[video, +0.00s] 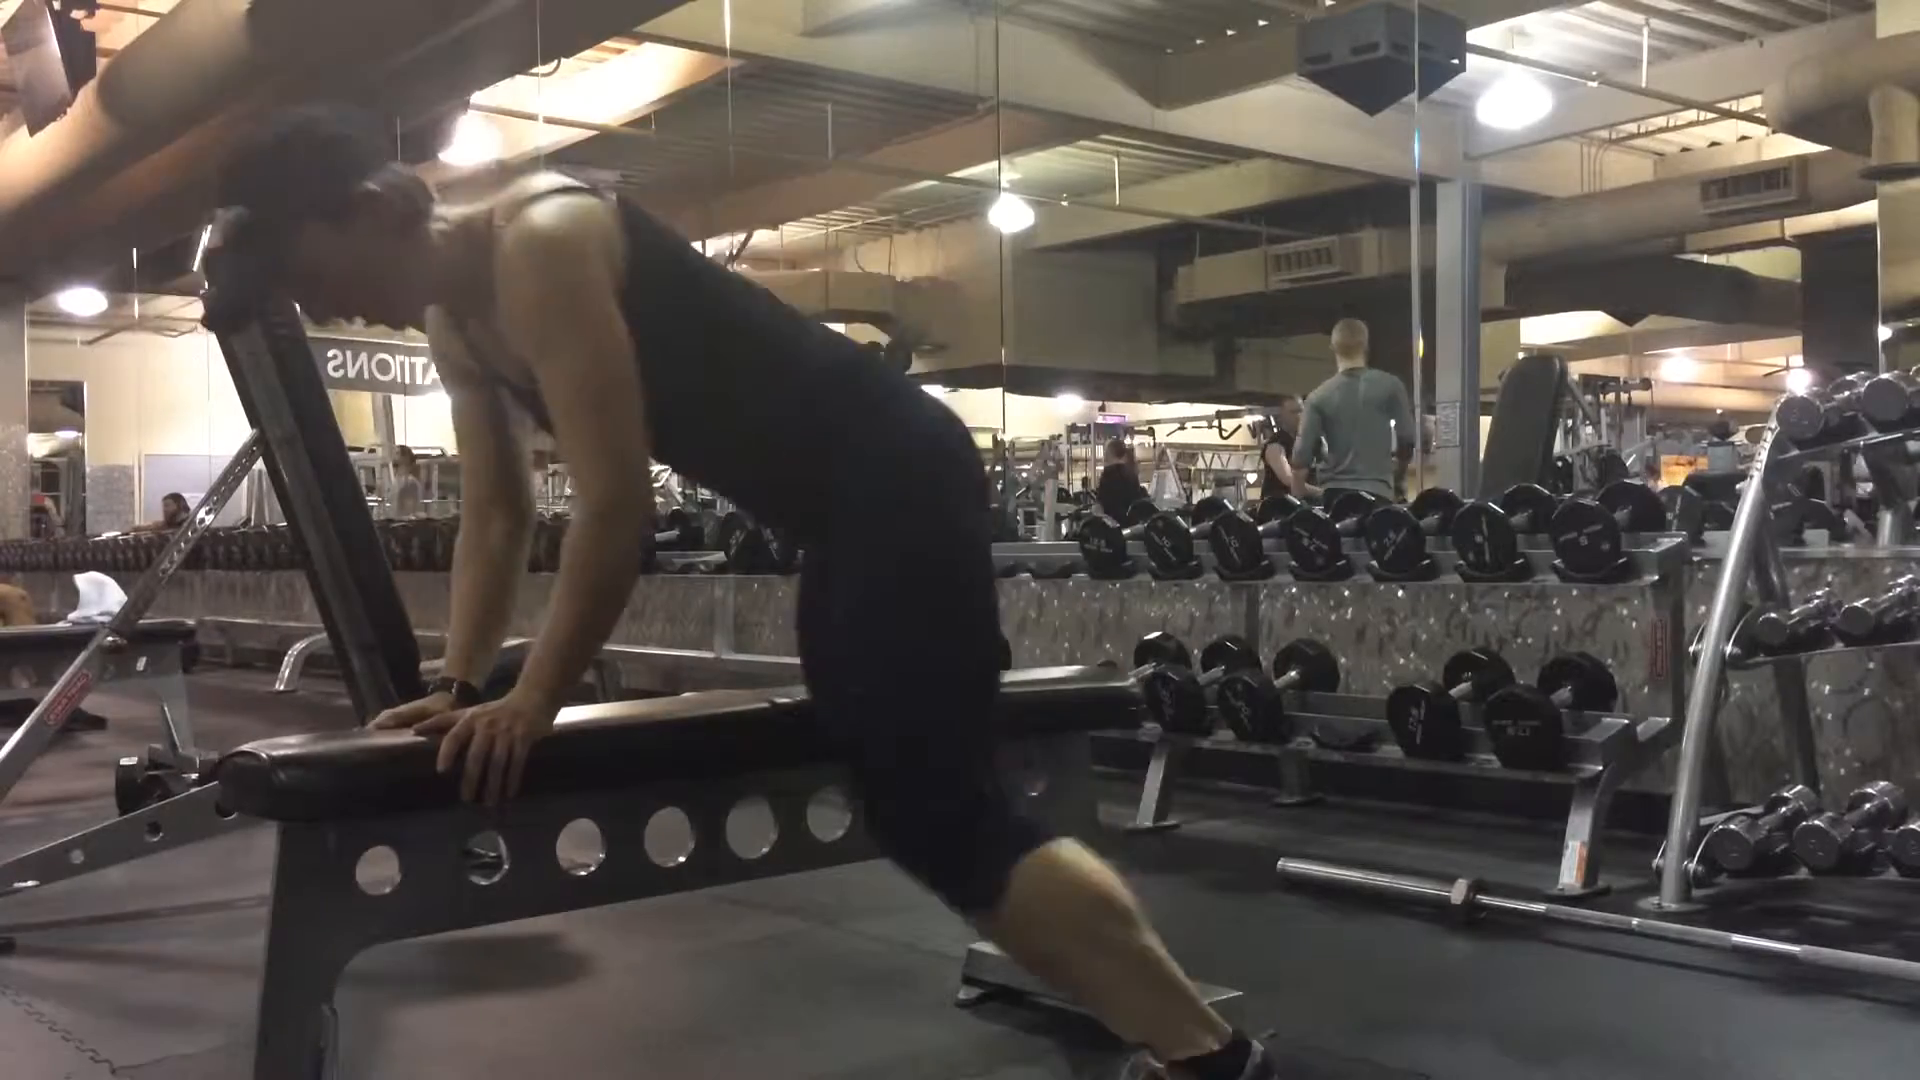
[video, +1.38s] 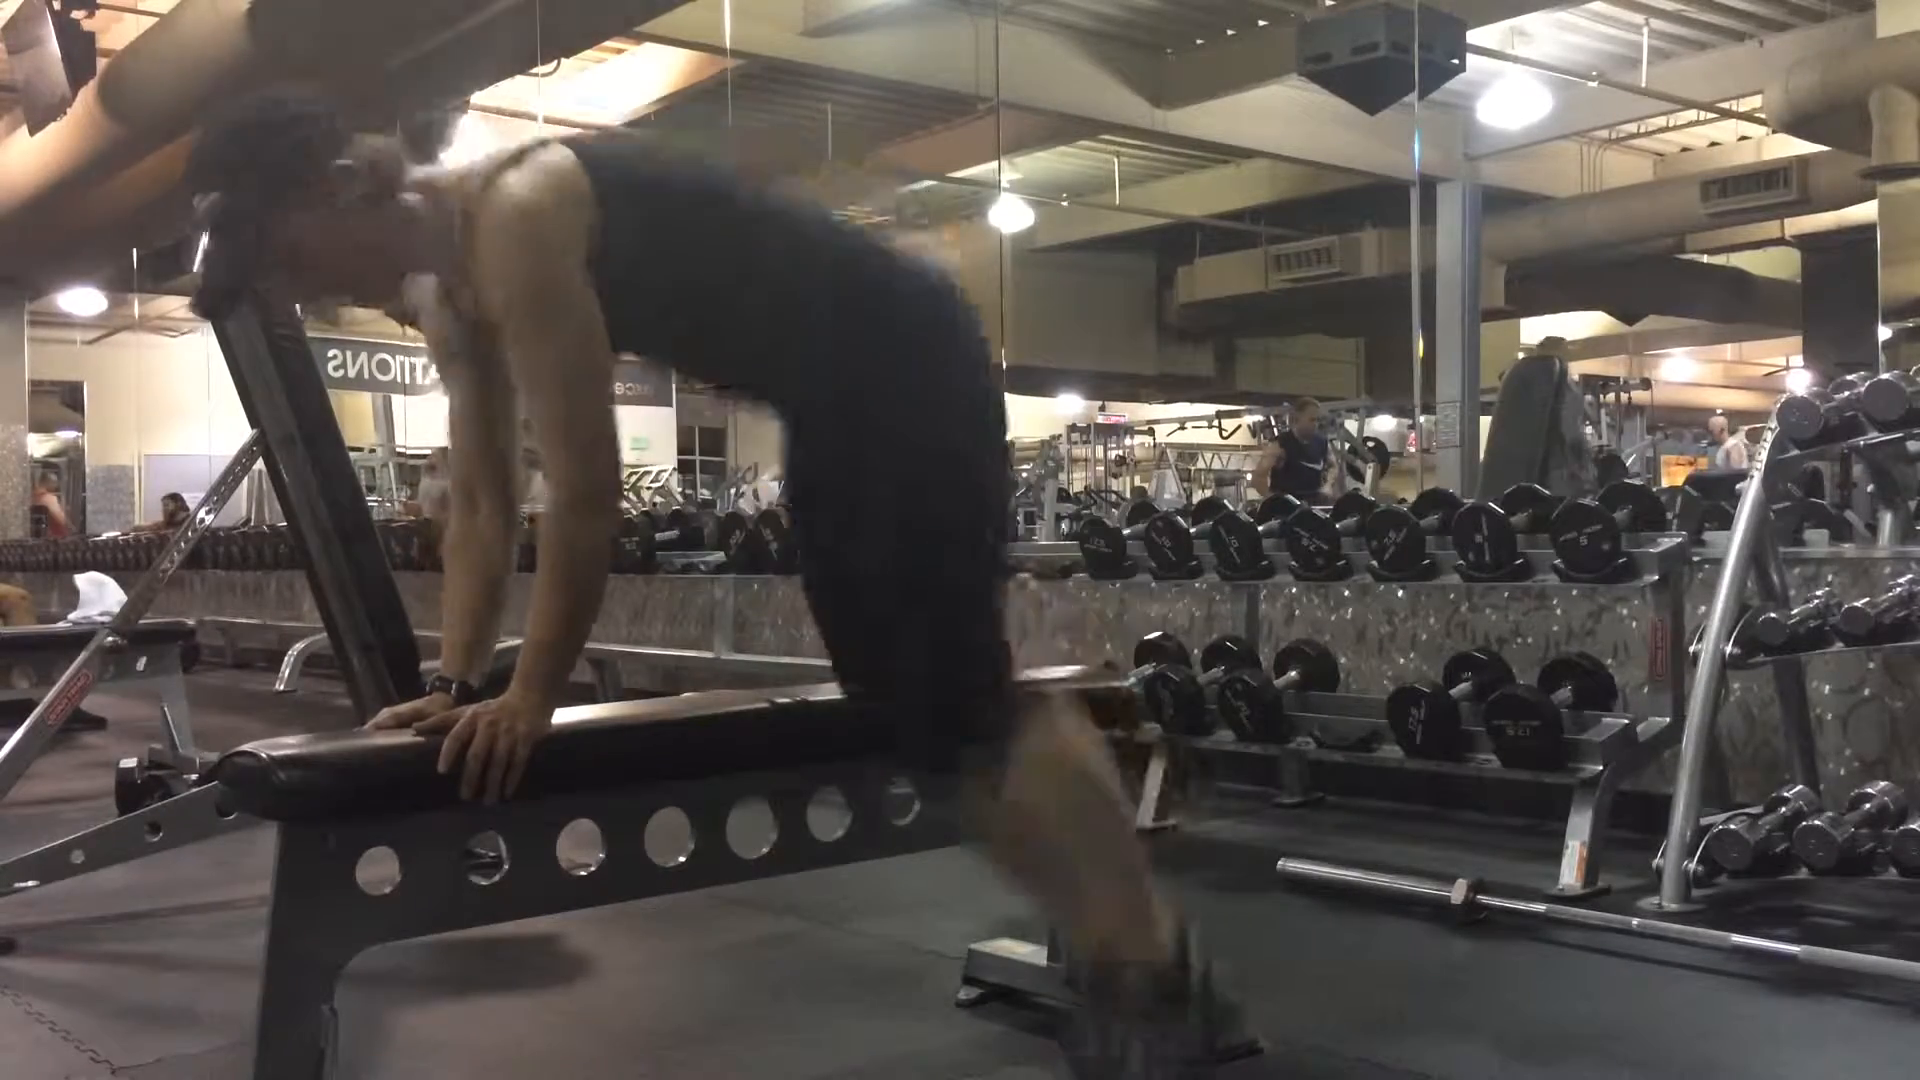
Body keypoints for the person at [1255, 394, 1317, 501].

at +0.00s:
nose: (1298, 417)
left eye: (1300, 411)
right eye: (1292, 412)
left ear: (1304, 413)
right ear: (1281, 415)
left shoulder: (1300, 442)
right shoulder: (1274, 445)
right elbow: (1288, 479)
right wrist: (1320, 492)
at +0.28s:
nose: (1294, 415)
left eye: (1296, 410)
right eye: (1288, 411)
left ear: (1300, 412)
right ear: (1277, 414)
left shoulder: (1311, 439)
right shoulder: (1272, 443)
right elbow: (1278, 474)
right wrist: (1308, 489)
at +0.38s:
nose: (1295, 414)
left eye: (1297, 409)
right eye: (1289, 409)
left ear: (1300, 411)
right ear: (1277, 413)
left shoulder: (1311, 438)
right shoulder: (1273, 439)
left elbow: (1331, 459)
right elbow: (1270, 474)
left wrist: (1345, 478)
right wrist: (1301, 489)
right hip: (1274, 503)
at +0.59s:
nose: (1297, 413)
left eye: (1299, 408)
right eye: (1291, 409)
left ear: (1303, 411)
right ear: (1278, 412)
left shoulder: (1313, 438)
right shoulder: (1271, 440)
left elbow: (1330, 464)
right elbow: (1254, 472)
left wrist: (1331, 483)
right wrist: (1283, 488)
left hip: (1310, 503)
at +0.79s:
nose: (1304, 414)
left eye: (1307, 410)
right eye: (1298, 409)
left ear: (1310, 412)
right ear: (1285, 411)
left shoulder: (1316, 440)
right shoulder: (1273, 438)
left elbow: (1328, 470)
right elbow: (1243, 461)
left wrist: (1317, 482)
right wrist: (1266, 485)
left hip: (1307, 505)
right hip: (1277, 506)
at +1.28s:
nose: (1315, 424)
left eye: (1317, 420)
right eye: (1312, 420)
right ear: (1296, 419)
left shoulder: (1322, 444)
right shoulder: (1279, 443)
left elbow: (1333, 470)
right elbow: (1253, 472)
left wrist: (1322, 489)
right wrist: (1266, 499)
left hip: (1309, 509)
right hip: (1280, 509)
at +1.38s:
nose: (1315, 424)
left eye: (1316, 420)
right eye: (1312, 420)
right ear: (1296, 419)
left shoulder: (1322, 443)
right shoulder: (1280, 443)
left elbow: (1333, 467)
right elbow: (1258, 477)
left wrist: (1327, 486)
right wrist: (1272, 500)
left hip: (1315, 504)